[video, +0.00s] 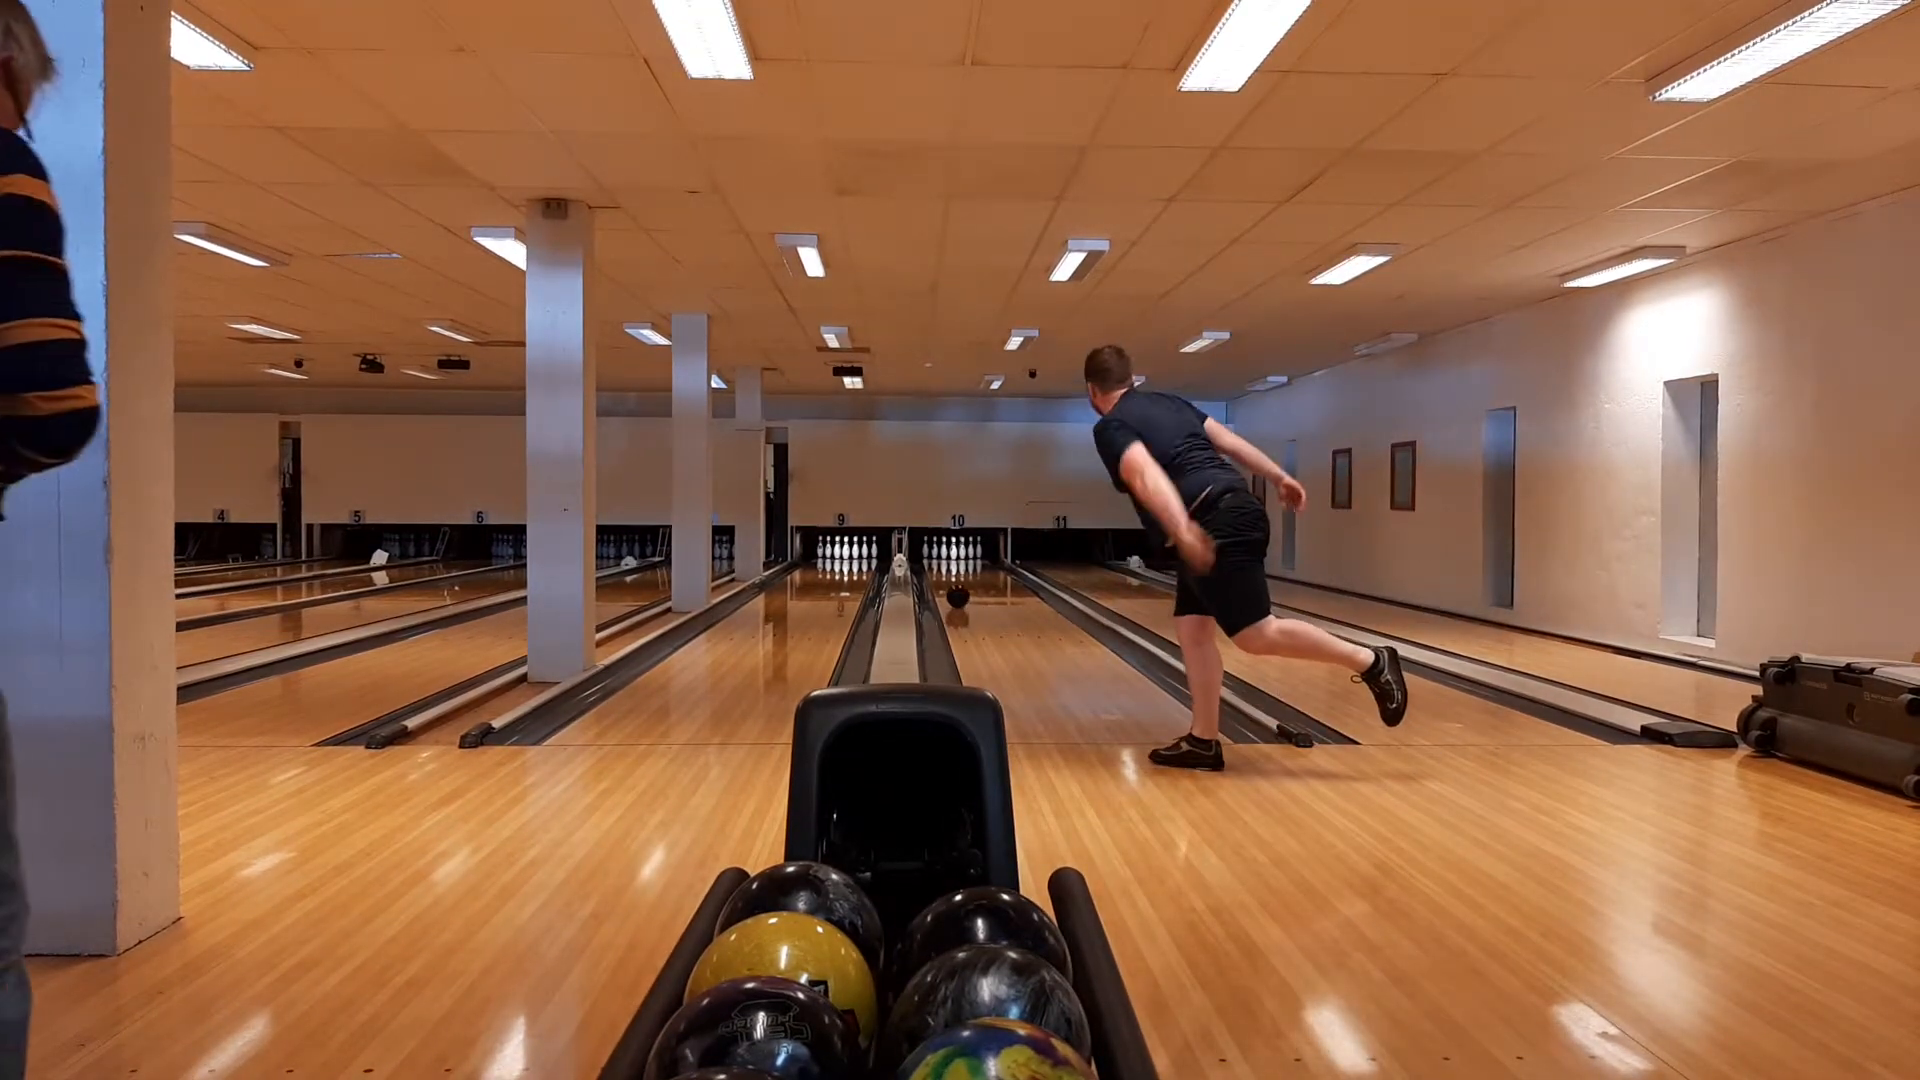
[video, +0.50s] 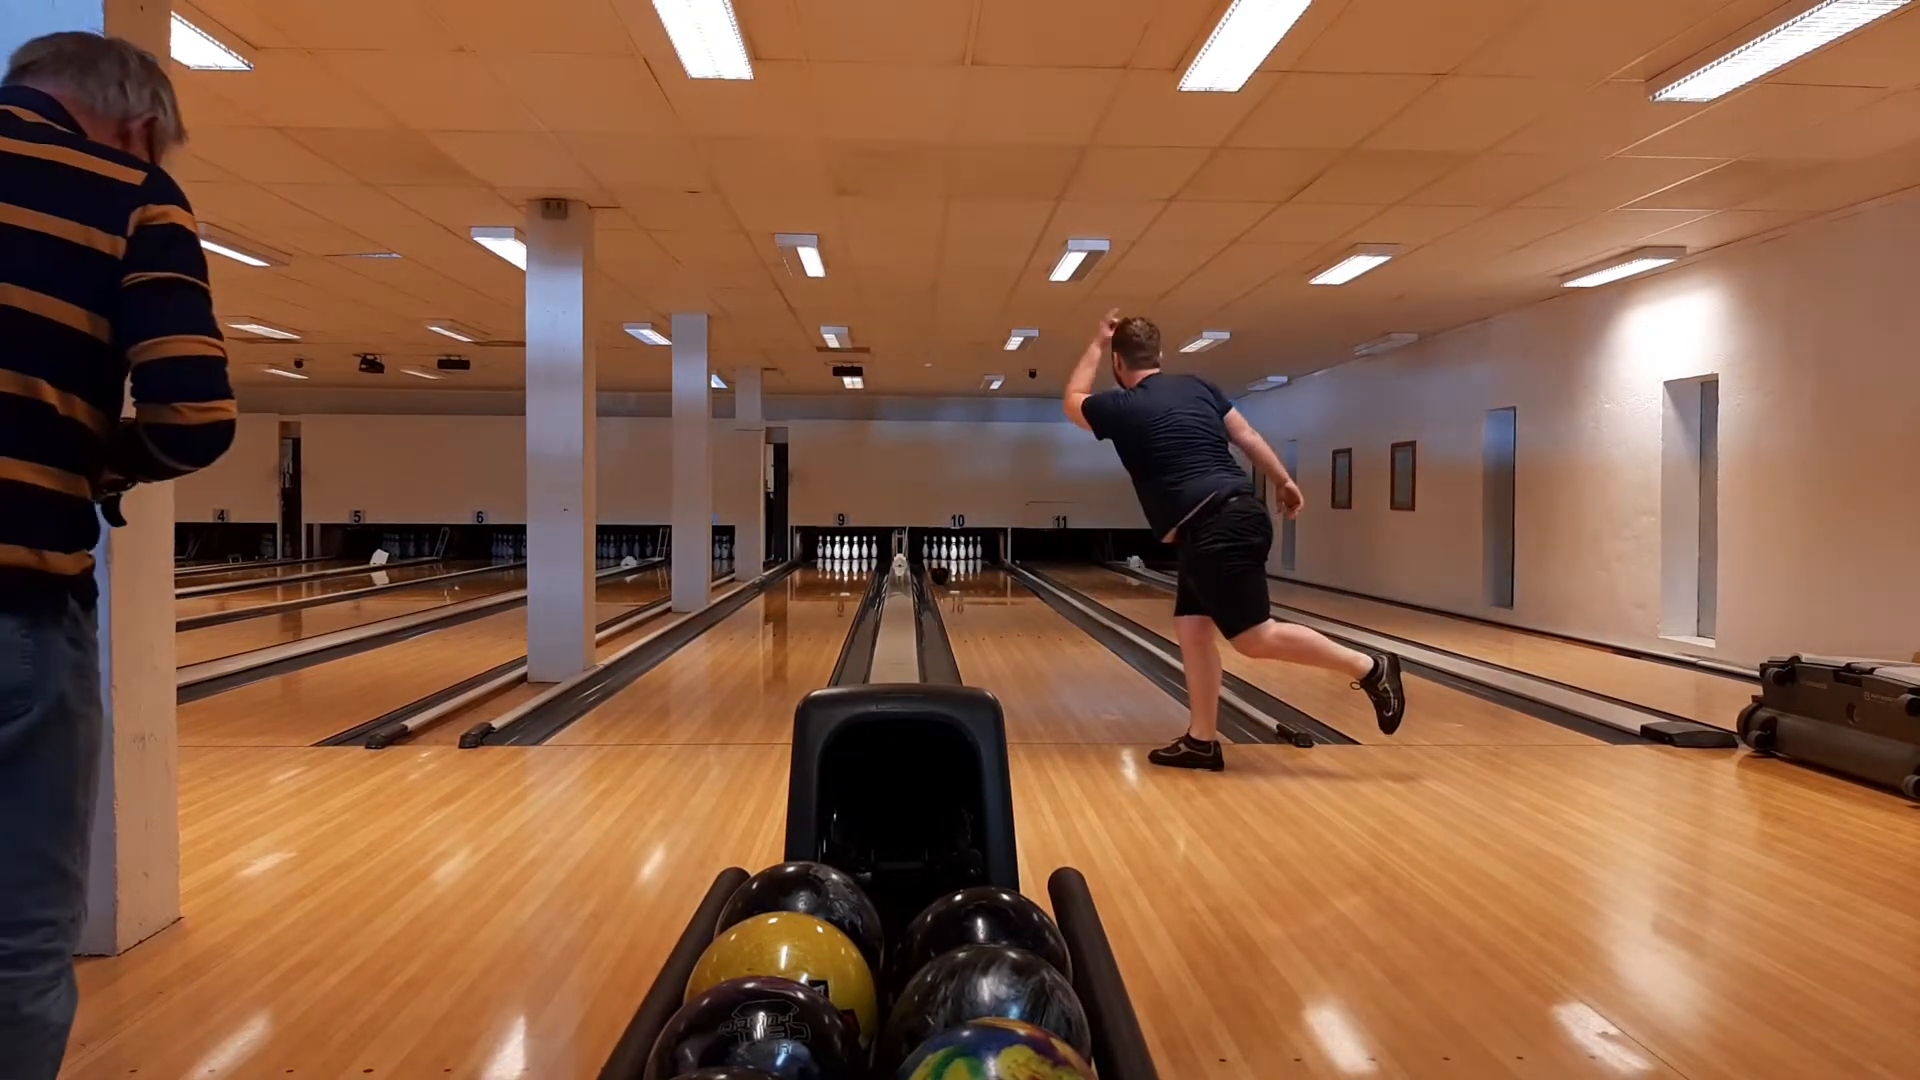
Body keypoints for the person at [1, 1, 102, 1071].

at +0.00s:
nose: (23, 99)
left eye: (20, 82)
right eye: (23, 80)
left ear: (5, 75)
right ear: (12, 71)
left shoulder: (12, 158)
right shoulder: (7, 158)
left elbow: (53, 407)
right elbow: (56, 406)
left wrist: (1, 463)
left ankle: (9, 1026)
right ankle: (4, 1031)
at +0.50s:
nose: (157, 164)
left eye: (161, 148)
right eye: (162, 146)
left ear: (30, 91)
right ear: (129, 119)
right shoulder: (132, 190)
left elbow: (193, 422)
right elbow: (195, 420)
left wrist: (100, 447)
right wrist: (104, 455)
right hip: (22, 591)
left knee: (27, 926)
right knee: (25, 931)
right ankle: (21, 1065)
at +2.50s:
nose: (196, 136)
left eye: (199, 117)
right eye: (198, 114)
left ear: (53, 95)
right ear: (170, 109)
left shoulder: (2, 175)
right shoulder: (180, 209)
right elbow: (229, 433)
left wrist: (162, 465)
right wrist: (159, 476)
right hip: (54, 613)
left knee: (35, 923)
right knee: (48, 937)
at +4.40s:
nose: (198, 130)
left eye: (203, 108)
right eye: (197, 105)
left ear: (94, 83)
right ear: (158, 97)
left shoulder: (25, 173)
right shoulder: (154, 212)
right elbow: (238, 444)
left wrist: (163, 481)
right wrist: (240, 502)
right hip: (41, 599)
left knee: (37, 925)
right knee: (50, 937)